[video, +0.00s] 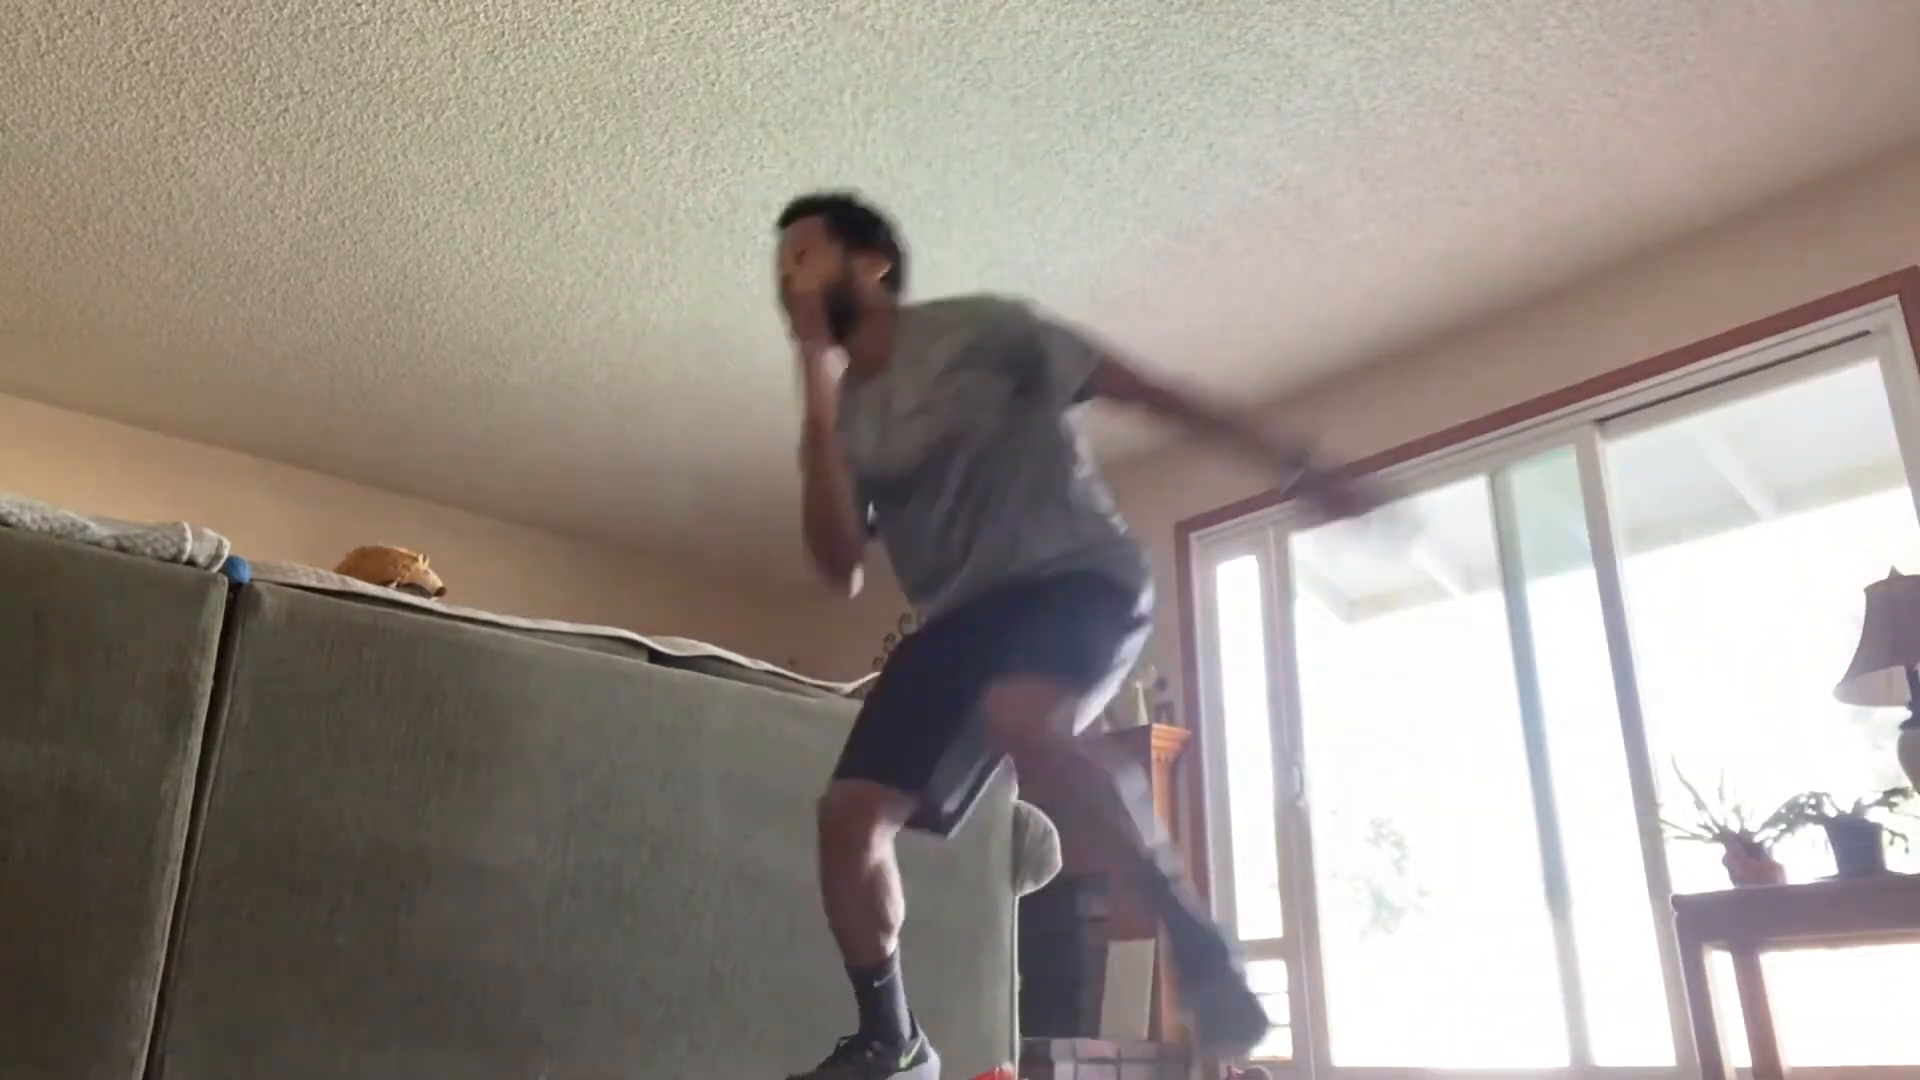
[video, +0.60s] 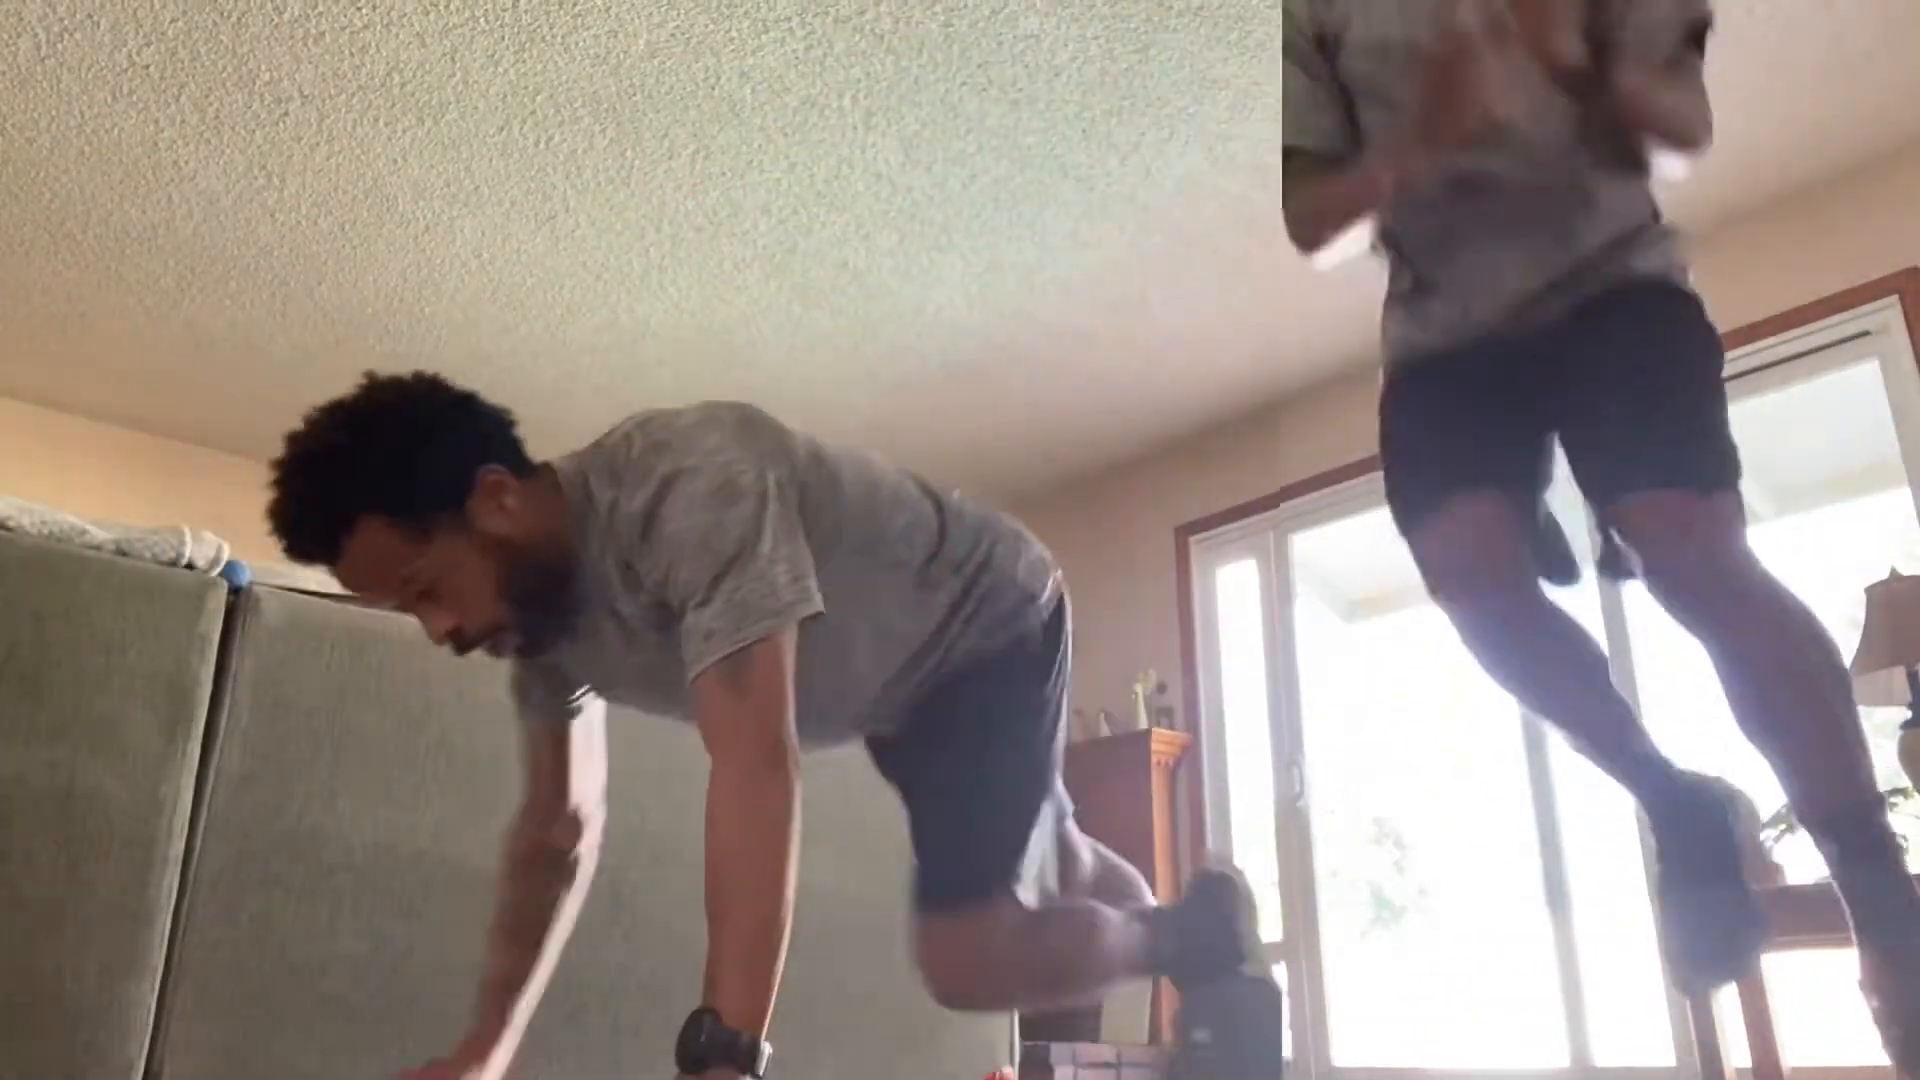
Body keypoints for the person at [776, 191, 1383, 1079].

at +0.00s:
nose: (788, 278)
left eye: (802, 255)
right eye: (782, 266)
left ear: (872, 263)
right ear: (792, 298)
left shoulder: (987, 329)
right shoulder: (842, 413)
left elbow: (1158, 394)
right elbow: (838, 569)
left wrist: (1298, 466)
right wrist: (819, 390)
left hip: (1079, 575)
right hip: (957, 619)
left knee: (1021, 714)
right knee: (850, 816)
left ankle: (1196, 950)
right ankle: (888, 1041)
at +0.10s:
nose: (894, 170)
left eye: (907, 143)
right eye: (884, 154)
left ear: (966, 153)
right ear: (908, 175)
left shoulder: (1084, 219)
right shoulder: (920, 305)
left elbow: (1251, 254)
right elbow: (876, 383)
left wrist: (1399, 285)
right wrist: (889, 202)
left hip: (1165, 493)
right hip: (1046, 551)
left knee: (1192, 598)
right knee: (944, 790)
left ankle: (1373, 864)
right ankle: (887, 1021)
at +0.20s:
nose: (1016, 61)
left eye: (1036, 34)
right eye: (1003, 47)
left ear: (1099, 39)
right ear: (1014, 80)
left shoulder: (1213, 109)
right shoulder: (1025, 200)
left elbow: (1358, 177)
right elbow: (959, 276)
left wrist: (1472, 233)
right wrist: (972, 93)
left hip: (1277, 423)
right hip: (1156, 478)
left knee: (1367, 532)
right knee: (1057, 746)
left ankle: (1600, 812)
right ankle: (1006, 987)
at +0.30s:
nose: (1167, 7)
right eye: (1153, 3)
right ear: (1145, 28)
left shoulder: (1377, 65)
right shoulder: (1144, 139)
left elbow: (1509, 180)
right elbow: (1076, 265)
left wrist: (1616, 290)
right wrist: (1095, 52)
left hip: (1414, 413)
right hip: (1267, 467)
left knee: (1562, 611)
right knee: (1167, 770)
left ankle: (1828, 923)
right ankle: (1203, 956)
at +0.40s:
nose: (1371, 13)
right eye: (1347, 5)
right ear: (1313, 9)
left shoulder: (1545, 85)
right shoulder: (1262, 145)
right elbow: (1246, 345)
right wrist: (1318, 178)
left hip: (1540, 418)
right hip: (1388, 481)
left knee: (1628, 626)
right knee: (1371, 829)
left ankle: (1887, 973)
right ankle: (1477, 917)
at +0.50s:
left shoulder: (1603, 20)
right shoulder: (1319, 79)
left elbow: (1687, 207)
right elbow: (1317, 306)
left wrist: (1732, 299)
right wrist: (1493, 295)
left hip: (1593, 368)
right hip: (1436, 427)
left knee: (1667, 599)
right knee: (1487, 720)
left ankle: (1890, 943)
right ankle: (1677, 871)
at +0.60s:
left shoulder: (1617, 0)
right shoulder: (1320, 11)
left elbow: (1688, 126)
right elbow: (1306, 218)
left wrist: (1577, 62)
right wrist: (1419, 134)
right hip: (1441, 322)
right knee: (1468, 571)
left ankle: (1887, 912)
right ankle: (1674, 805)